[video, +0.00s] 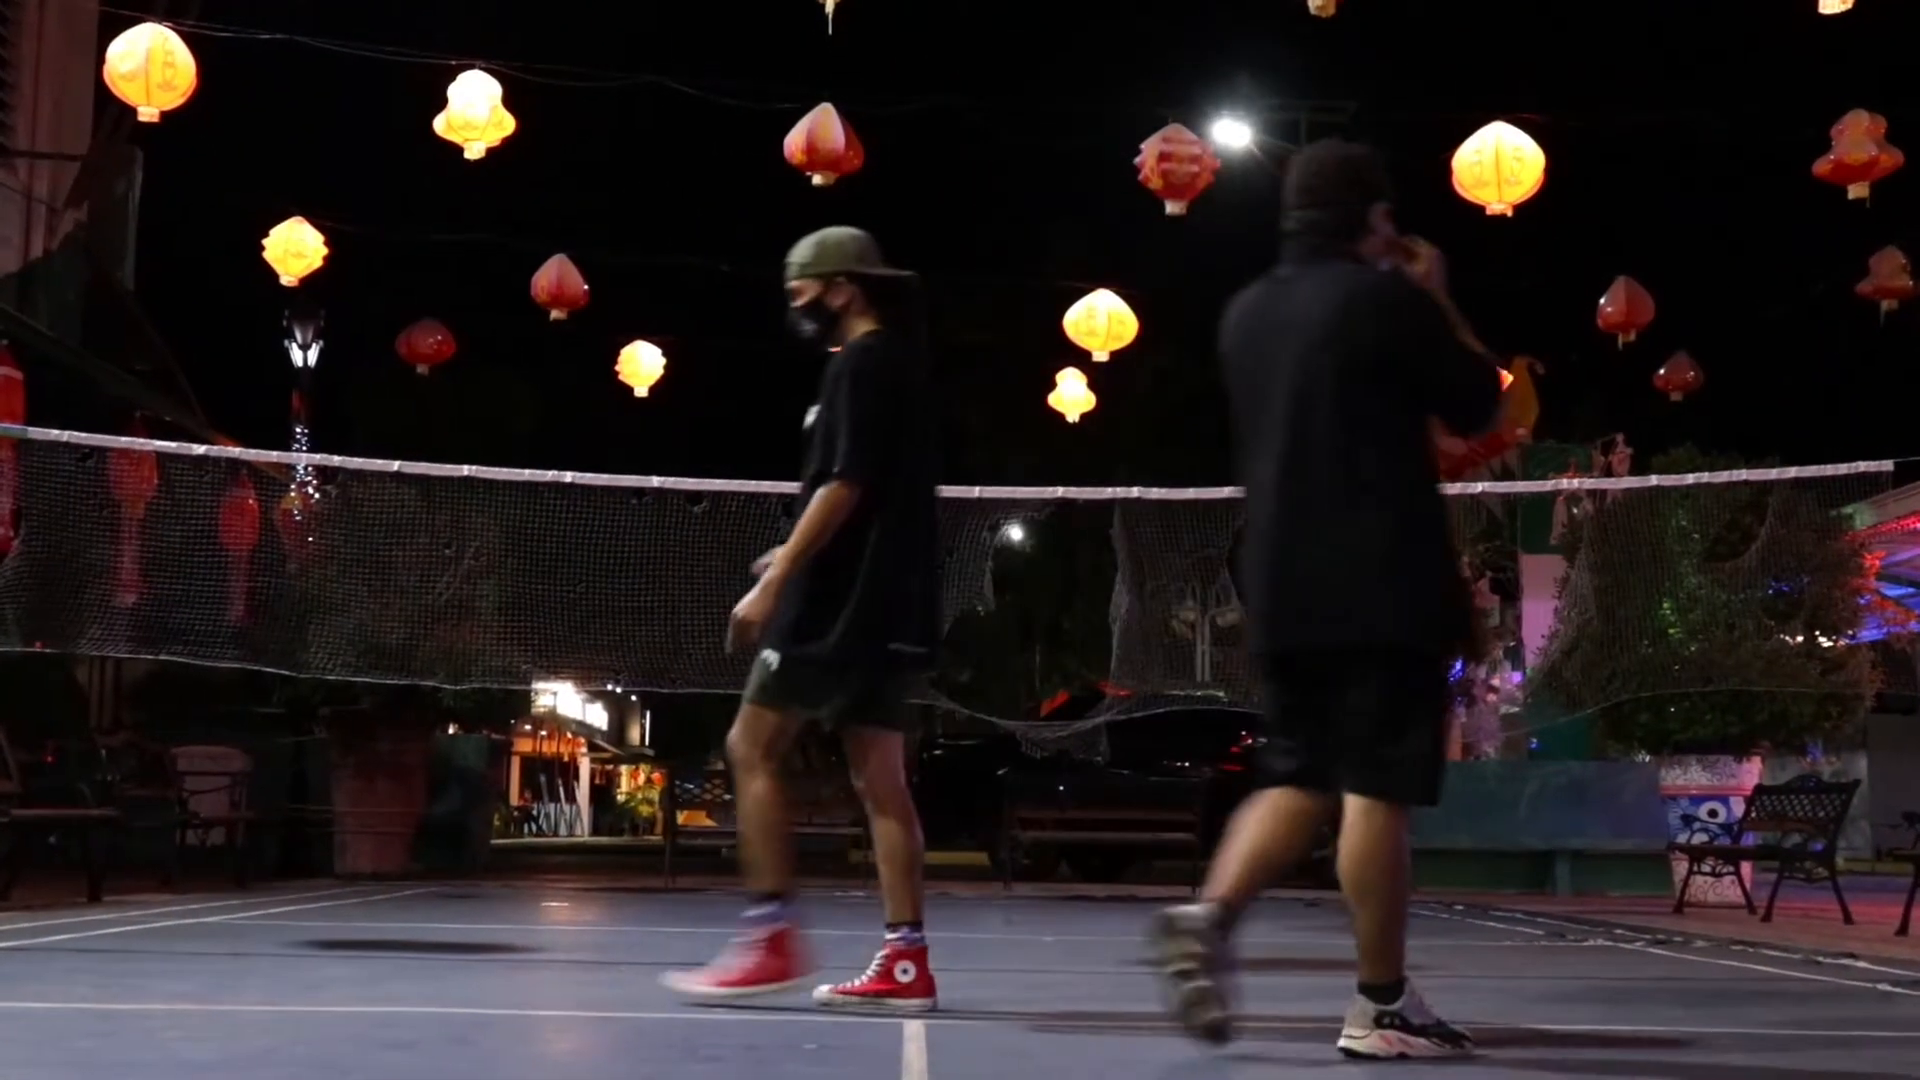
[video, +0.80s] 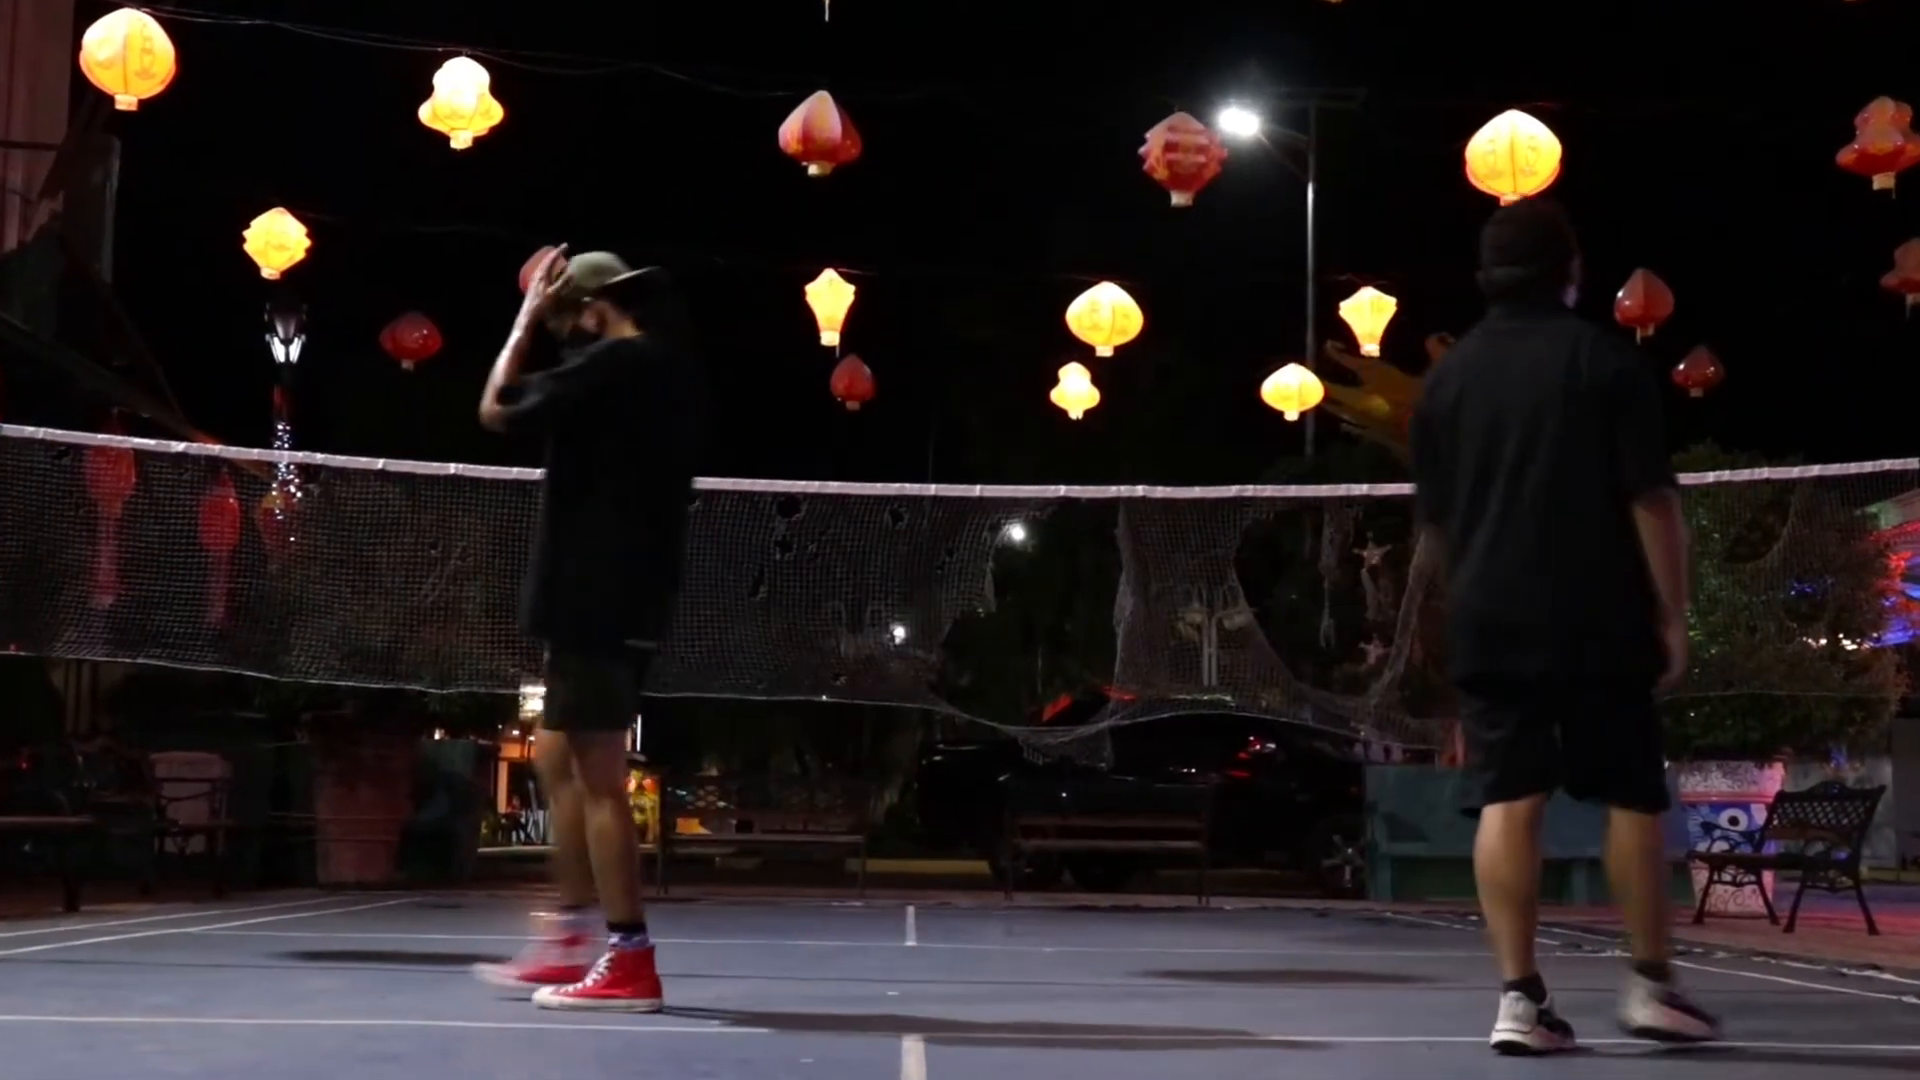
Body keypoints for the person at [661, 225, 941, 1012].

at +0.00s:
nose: (795, 301)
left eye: (803, 288)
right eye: (794, 290)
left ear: (842, 286)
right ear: (853, 290)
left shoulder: (860, 363)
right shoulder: (898, 361)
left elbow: (846, 485)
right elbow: (861, 489)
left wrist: (771, 581)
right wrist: (787, 569)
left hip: (835, 601)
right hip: (892, 603)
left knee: (752, 746)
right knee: (882, 781)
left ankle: (770, 938)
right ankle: (905, 955)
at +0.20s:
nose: (729, 320)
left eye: (736, 306)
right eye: (728, 307)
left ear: (776, 302)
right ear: (783, 305)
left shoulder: (802, 380)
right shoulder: (830, 376)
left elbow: (798, 506)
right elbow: (821, 505)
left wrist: (735, 606)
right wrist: (747, 557)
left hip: (784, 617)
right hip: (837, 617)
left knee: (712, 769)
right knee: (854, 783)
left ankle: (655, 945)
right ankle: (902, 953)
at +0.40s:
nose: (664, 325)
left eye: (671, 310)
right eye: (663, 312)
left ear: (707, 305)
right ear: (722, 307)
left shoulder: (725, 386)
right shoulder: (769, 380)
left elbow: (716, 512)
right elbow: (755, 505)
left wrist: (627, 581)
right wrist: (672, 528)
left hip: (703, 621)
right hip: (763, 619)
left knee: (643, 773)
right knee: (765, 778)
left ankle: (635, 955)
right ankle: (868, 926)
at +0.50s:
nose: (631, 326)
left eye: (636, 311)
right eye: (630, 313)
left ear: (669, 305)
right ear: (692, 306)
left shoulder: (680, 387)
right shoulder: (734, 380)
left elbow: (646, 501)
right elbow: (704, 497)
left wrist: (551, 505)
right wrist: (617, 462)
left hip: (655, 623)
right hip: (715, 619)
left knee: (620, 775)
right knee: (684, 773)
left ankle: (632, 956)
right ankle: (804, 884)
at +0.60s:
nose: (613, 329)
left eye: (615, 316)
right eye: (611, 318)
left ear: (647, 304)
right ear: (669, 305)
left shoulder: (665, 377)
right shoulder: (717, 372)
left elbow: (584, 472)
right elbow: (666, 467)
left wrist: (518, 416)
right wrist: (605, 402)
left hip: (638, 612)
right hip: (692, 610)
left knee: (611, 771)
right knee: (651, 771)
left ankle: (631, 958)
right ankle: (752, 887)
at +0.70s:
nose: (590, 337)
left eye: (590, 323)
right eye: (585, 327)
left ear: (613, 306)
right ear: (642, 304)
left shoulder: (621, 371)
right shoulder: (691, 370)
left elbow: (518, 423)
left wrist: (526, 327)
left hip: (604, 603)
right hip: (649, 600)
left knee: (607, 779)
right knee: (593, 768)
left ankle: (629, 956)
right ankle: (646, 929)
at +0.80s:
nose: (571, 337)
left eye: (573, 324)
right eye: (568, 325)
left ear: (592, 310)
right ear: (629, 305)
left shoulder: (608, 368)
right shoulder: (670, 371)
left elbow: (496, 410)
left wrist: (526, 315)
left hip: (590, 602)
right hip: (627, 600)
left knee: (601, 779)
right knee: (555, 759)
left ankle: (628, 957)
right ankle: (570, 934)